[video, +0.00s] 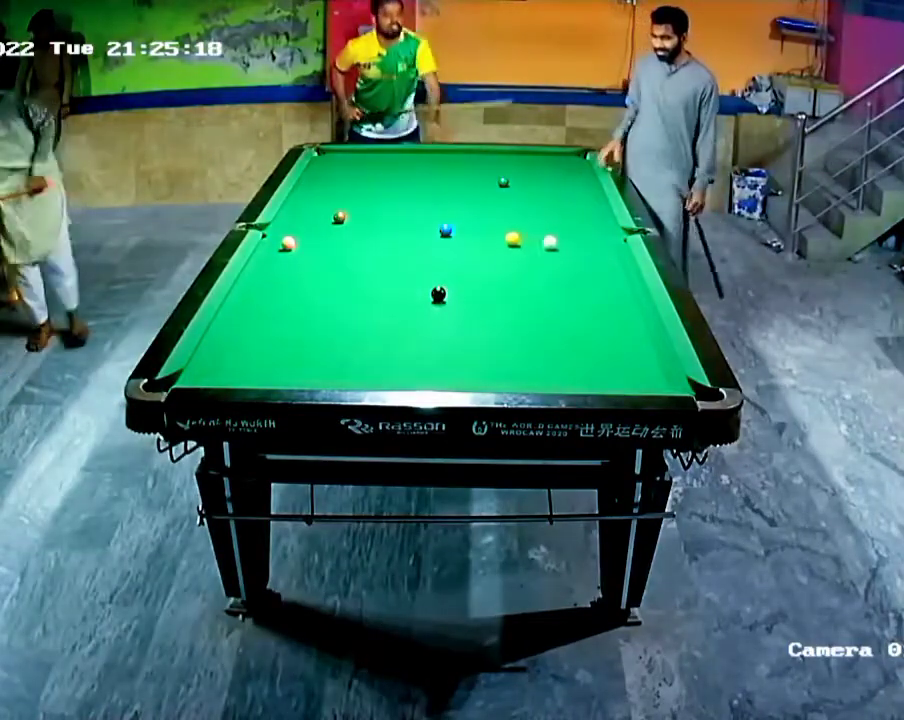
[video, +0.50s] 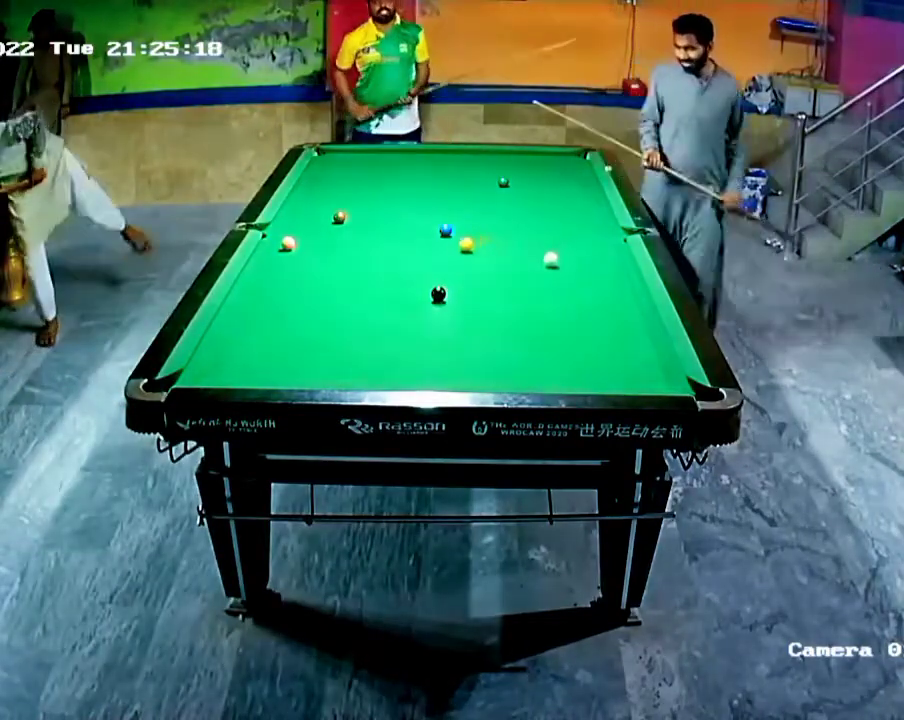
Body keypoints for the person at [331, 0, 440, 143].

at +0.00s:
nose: (394, 21)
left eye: (398, 15)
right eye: (387, 15)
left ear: (403, 16)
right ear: (375, 17)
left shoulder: (418, 46)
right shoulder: (357, 47)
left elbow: (432, 86)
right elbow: (338, 70)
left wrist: (433, 121)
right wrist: (345, 106)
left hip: (405, 133)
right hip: (366, 134)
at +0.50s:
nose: (383, 6)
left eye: (388, 1)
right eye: (377, 2)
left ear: (395, 4)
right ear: (369, 5)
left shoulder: (415, 33)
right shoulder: (355, 38)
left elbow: (423, 66)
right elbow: (339, 72)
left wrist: (416, 88)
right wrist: (354, 106)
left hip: (407, 128)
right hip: (369, 130)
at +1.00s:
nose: (358, 14)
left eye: (362, 7)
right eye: (351, 11)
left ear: (370, 5)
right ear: (346, 13)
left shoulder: (398, 30)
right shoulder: (338, 45)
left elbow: (413, 60)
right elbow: (325, 77)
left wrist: (406, 92)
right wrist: (336, 115)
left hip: (403, 125)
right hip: (366, 130)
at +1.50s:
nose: (349, 15)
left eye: (350, 7)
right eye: (340, 14)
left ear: (354, 6)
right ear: (331, 20)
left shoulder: (383, 29)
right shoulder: (328, 56)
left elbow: (399, 56)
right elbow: (328, 98)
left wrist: (407, 86)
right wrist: (349, 134)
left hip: (402, 119)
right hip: (366, 131)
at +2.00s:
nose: (405, 10)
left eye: (409, 4)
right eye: (397, 6)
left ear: (414, 5)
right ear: (386, 10)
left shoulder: (422, 32)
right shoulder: (374, 46)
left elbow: (430, 65)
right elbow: (367, 88)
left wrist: (461, 87)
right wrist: (386, 126)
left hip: (434, 123)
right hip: (404, 130)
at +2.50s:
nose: (477, 17)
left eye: (480, 10)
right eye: (469, 12)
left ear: (484, 10)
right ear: (457, 14)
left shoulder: (484, 40)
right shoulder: (447, 50)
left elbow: (482, 82)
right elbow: (440, 96)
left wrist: (504, 102)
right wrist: (470, 125)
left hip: (489, 126)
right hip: (461, 132)